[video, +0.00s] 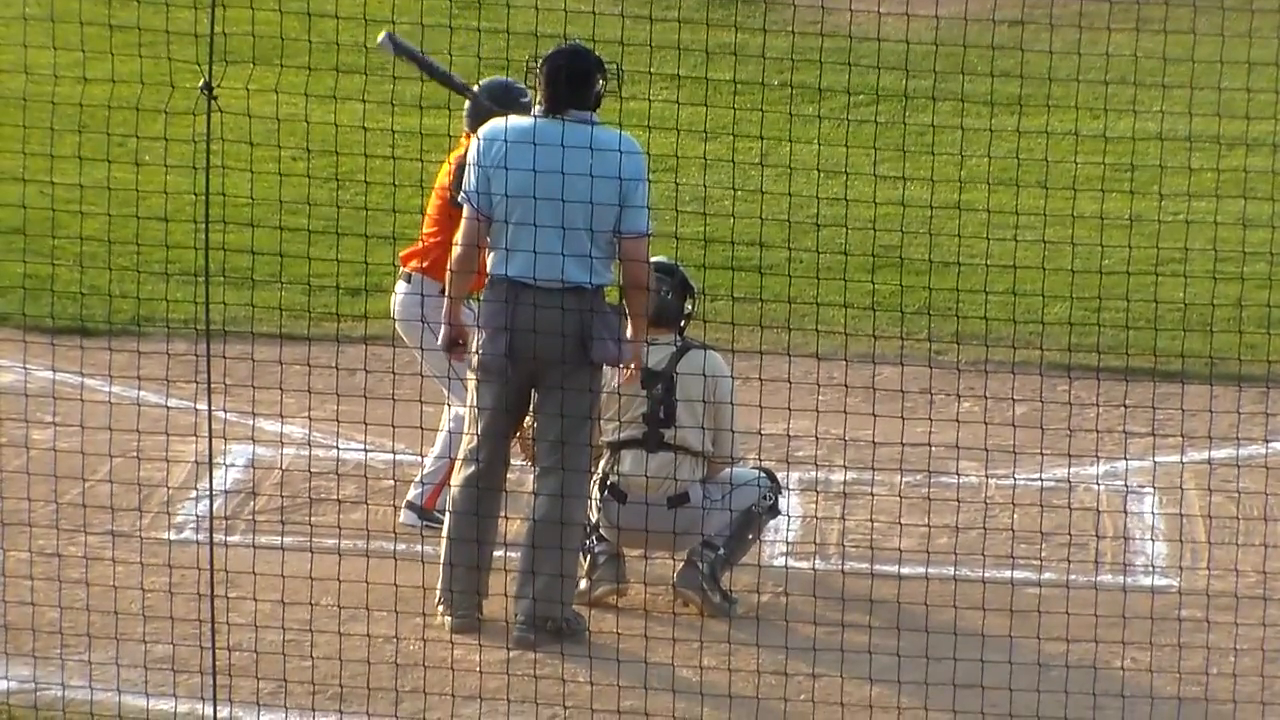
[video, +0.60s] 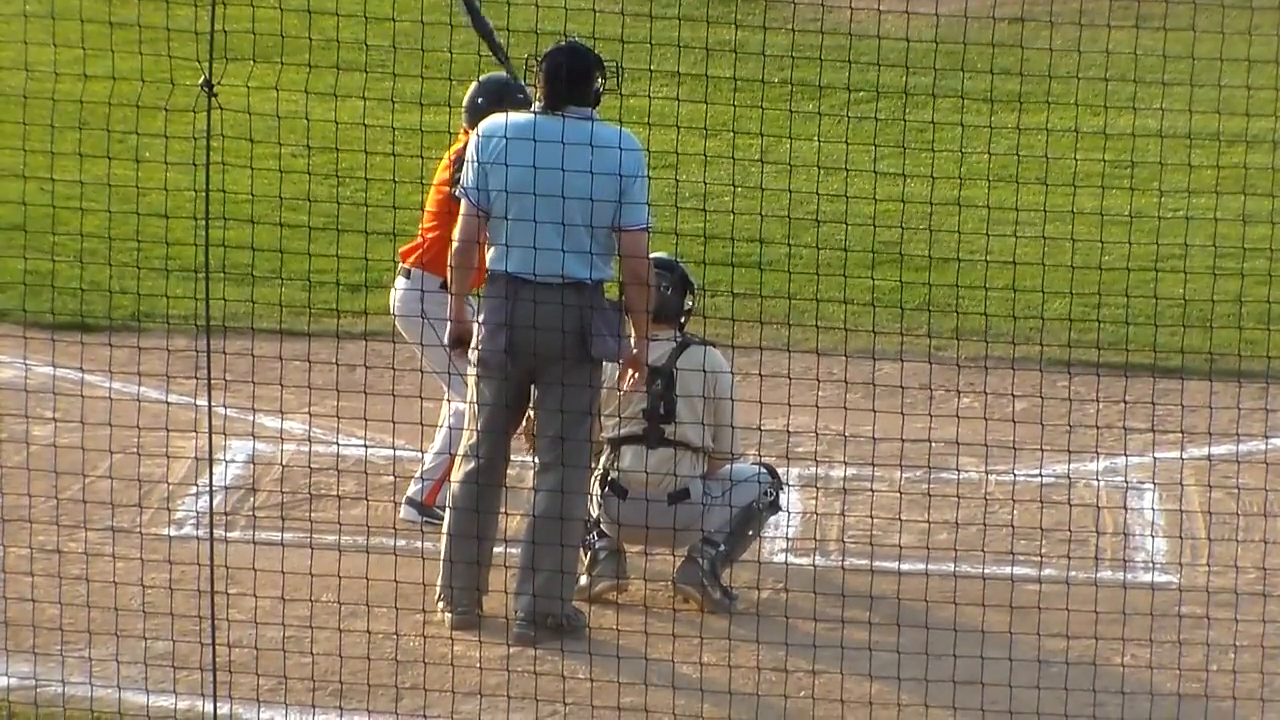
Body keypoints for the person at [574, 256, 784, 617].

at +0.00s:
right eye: (684, 300)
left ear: (631, 305)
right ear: (681, 310)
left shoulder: (607, 359)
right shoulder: (708, 363)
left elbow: (589, 444)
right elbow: (723, 456)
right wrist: (687, 479)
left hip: (616, 515)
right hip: (682, 517)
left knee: (590, 474)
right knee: (764, 486)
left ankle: (603, 561)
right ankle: (703, 567)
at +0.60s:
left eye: (634, 291)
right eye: (686, 296)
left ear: (630, 302)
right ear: (682, 307)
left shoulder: (606, 357)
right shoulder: (708, 360)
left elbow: (587, 439)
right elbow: (721, 455)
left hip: (617, 512)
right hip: (682, 513)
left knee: (592, 468)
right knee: (765, 481)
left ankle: (604, 557)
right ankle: (703, 563)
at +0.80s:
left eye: (628, 293)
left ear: (625, 304)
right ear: (675, 308)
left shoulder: (607, 359)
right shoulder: (705, 362)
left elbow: (598, 441)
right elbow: (721, 455)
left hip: (619, 514)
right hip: (682, 516)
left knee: (597, 464)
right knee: (759, 480)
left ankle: (604, 556)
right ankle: (704, 564)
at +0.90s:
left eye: (623, 295)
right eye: (672, 298)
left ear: (617, 304)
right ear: (669, 306)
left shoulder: (601, 357)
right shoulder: (700, 359)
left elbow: (583, 440)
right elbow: (726, 445)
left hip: (617, 511)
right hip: (682, 512)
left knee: (590, 462)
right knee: (754, 477)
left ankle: (603, 554)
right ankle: (702, 564)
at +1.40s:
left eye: (629, 302)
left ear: (621, 311)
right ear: (675, 312)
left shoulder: (599, 361)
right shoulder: (691, 363)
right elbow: (757, 422)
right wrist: (715, 435)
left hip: (592, 508)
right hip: (653, 510)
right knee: (751, 468)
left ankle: (604, 563)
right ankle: (774, 588)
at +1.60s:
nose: (708, 316)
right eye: (705, 309)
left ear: (647, 313)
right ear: (700, 316)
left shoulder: (619, 359)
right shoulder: (715, 367)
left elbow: (591, 412)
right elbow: (779, 424)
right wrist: (715, 444)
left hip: (604, 502)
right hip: (668, 507)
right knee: (767, 461)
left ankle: (606, 567)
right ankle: (776, 583)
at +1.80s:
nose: (730, 323)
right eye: (727, 316)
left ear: (672, 319)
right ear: (722, 324)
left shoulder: (639, 363)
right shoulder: (734, 372)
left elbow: (613, 418)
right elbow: (795, 432)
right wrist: (745, 447)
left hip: (629, 504)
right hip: (691, 508)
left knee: (610, 450)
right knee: (779, 462)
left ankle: (605, 570)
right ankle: (776, 580)